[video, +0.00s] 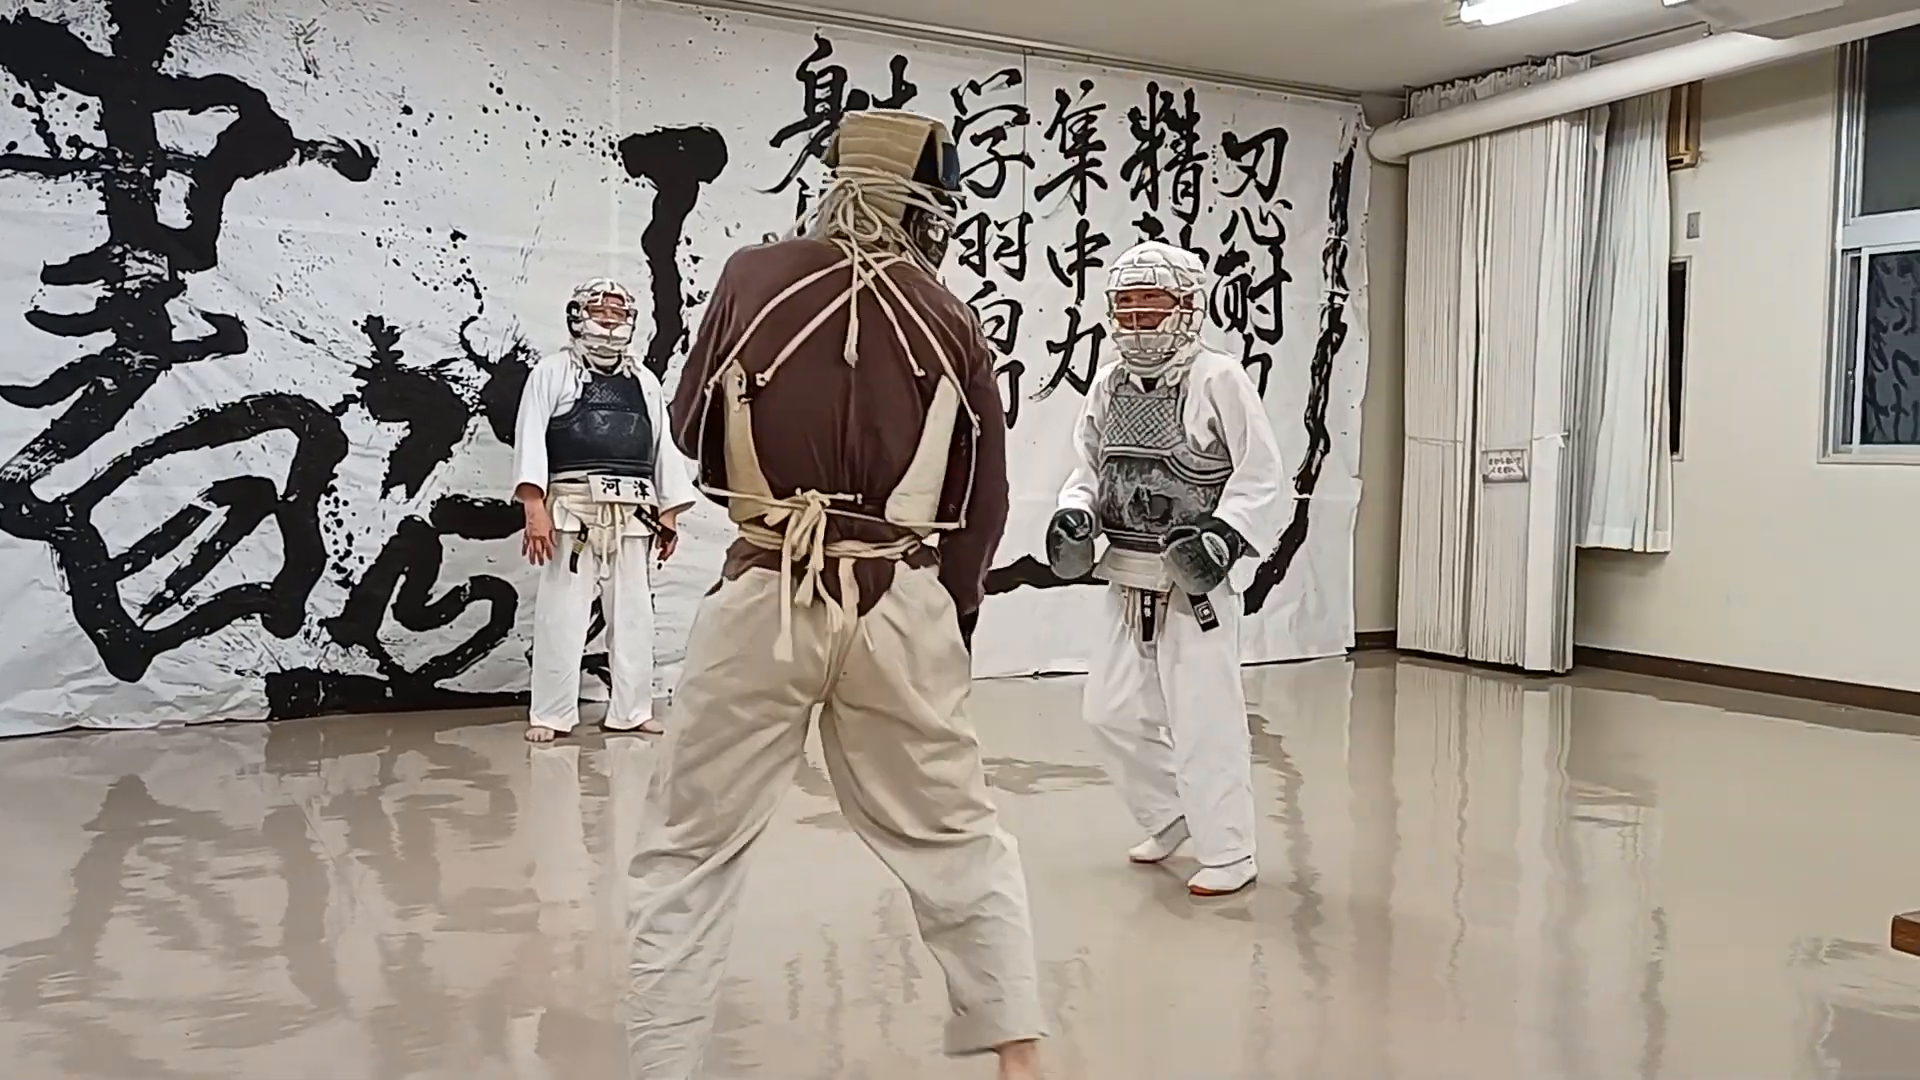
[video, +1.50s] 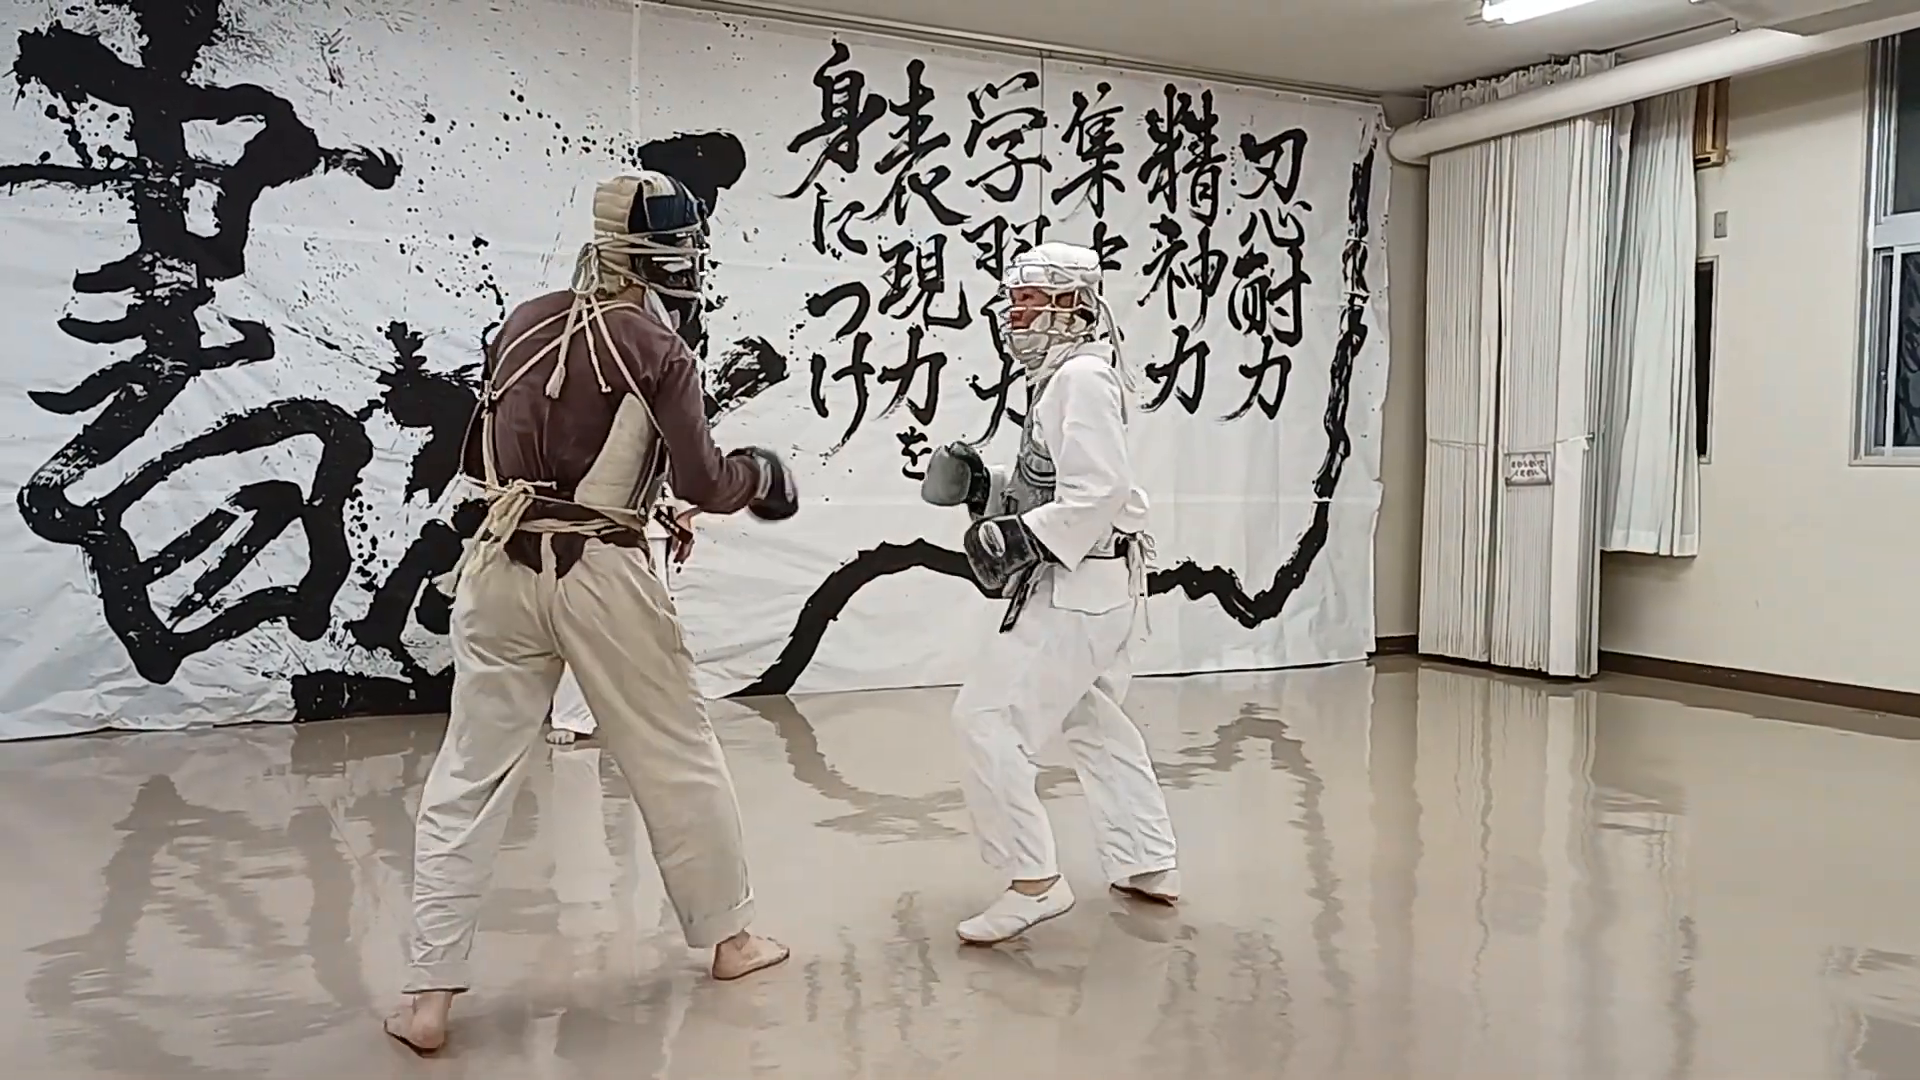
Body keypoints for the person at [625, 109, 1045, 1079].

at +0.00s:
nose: (952, 211)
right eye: (945, 200)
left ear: (833, 192)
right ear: (929, 206)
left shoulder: (754, 272)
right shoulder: (954, 323)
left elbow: (695, 428)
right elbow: (981, 504)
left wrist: (773, 508)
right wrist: (943, 627)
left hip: (758, 602)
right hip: (905, 609)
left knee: (689, 846)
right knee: (956, 831)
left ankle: (662, 1064)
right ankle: (1020, 1056)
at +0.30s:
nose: (905, 256)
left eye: (903, 243)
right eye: (900, 243)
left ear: (798, 231)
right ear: (879, 245)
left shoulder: (722, 307)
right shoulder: (895, 339)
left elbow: (684, 458)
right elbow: (998, 447)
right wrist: (973, 372)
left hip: (712, 606)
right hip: (838, 608)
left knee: (673, 849)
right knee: (881, 799)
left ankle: (674, 1066)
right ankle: (929, 988)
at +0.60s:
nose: (877, 288)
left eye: (879, 272)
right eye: (870, 272)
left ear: (781, 260)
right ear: (843, 271)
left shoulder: (691, 331)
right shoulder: (858, 361)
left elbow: (661, 476)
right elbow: (907, 507)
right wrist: (951, 479)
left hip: (686, 595)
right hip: (804, 601)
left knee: (591, 797)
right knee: (862, 801)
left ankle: (573, 995)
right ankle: (929, 995)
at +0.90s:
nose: (710, 278)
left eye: (709, 261)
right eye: (702, 262)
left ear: (610, 255)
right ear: (677, 263)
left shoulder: (522, 332)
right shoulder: (687, 354)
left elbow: (469, 480)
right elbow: (704, 512)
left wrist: (550, 522)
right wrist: (725, 607)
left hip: (525, 601)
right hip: (646, 603)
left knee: (462, 791)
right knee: (752, 781)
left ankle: (412, 1009)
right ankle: (834, 982)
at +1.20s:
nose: (656, 235)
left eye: (653, 219)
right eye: (648, 221)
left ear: (556, 218)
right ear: (622, 225)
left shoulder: (477, 299)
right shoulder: (636, 317)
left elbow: (392, 424)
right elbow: (680, 457)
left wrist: (474, 455)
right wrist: (690, 550)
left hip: (470, 559)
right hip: (581, 562)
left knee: (441, 782)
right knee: (653, 764)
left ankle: (416, 1009)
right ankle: (639, 954)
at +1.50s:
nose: (697, 263)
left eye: (695, 248)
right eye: (688, 250)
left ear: (604, 247)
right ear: (659, 255)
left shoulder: (523, 321)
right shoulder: (659, 345)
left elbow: (486, 460)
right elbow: (698, 478)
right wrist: (761, 476)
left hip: (498, 569)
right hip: (605, 575)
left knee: (472, 773)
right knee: (673, 753)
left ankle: (429, 995)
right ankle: (725, 939)